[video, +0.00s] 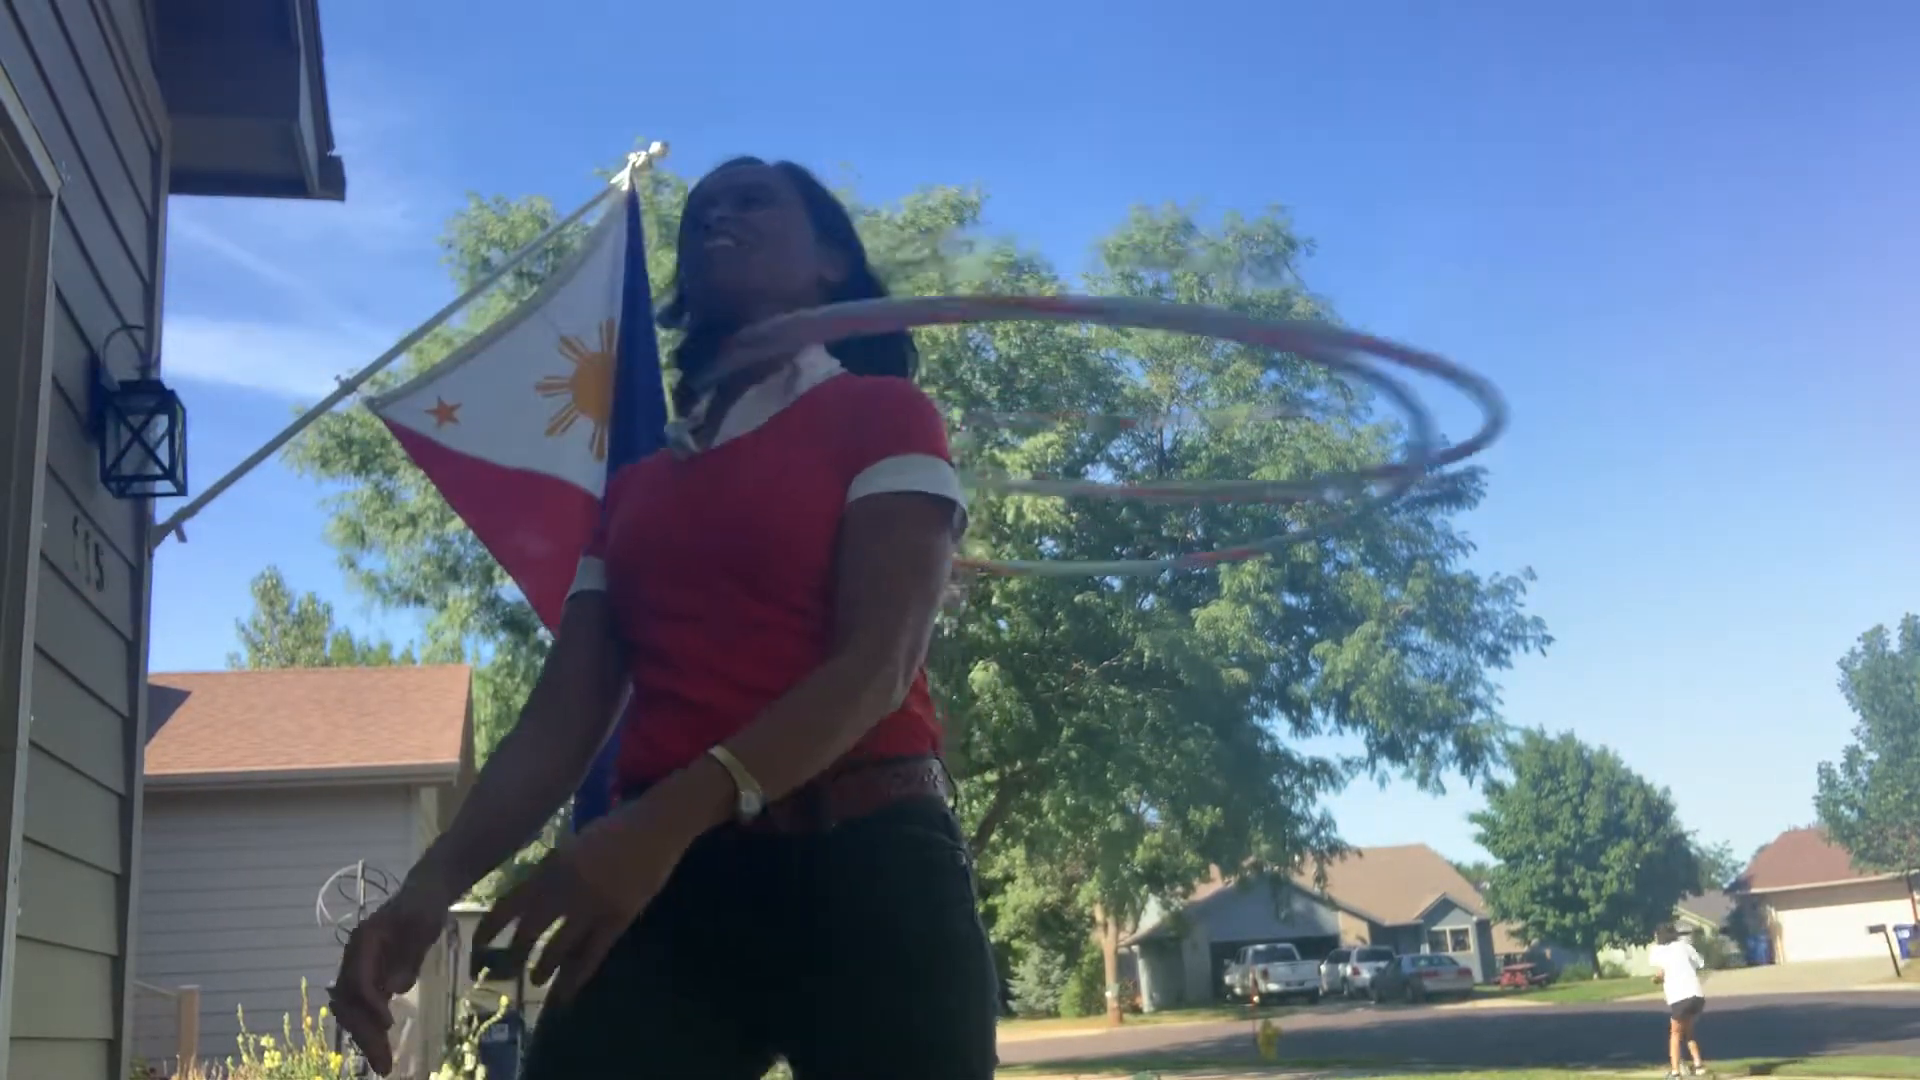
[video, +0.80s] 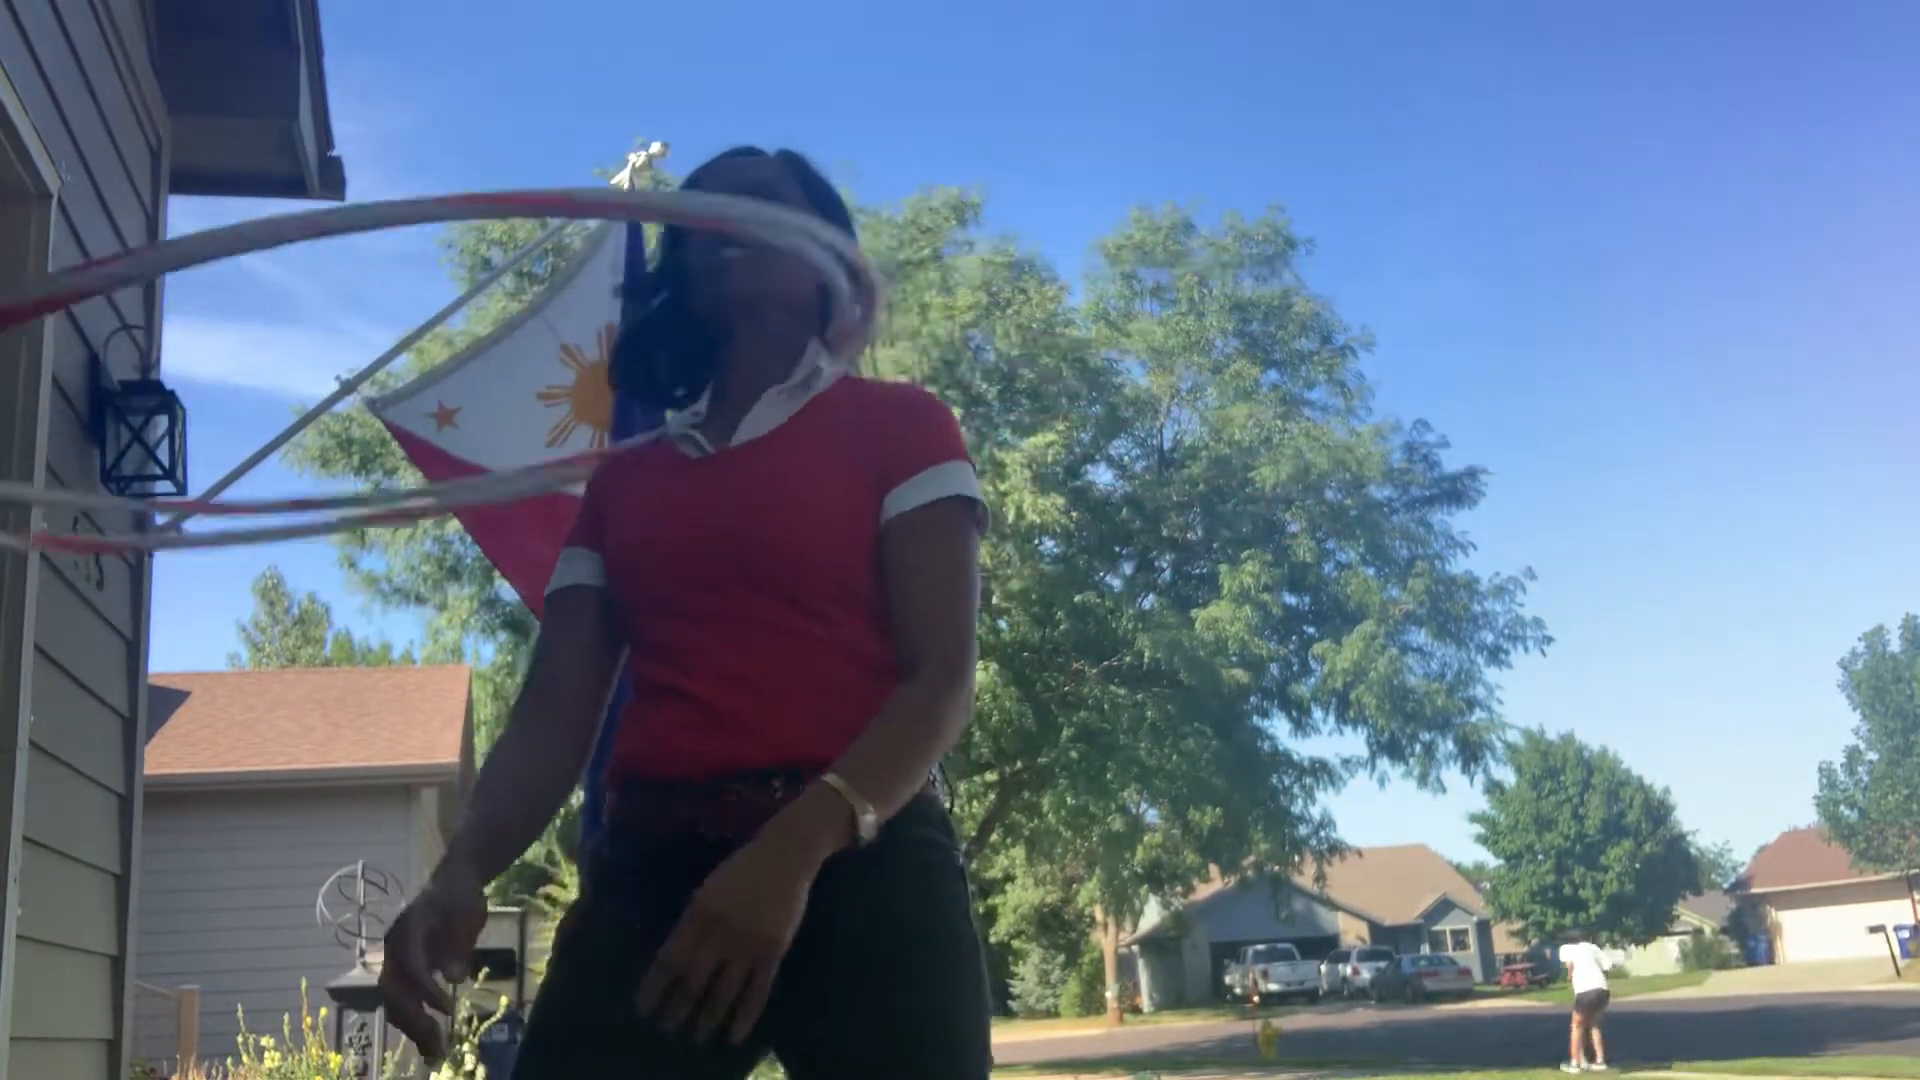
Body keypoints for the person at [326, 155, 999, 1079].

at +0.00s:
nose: (713, 222)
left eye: (752, 202)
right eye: (697, 223)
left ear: (832, 265)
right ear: (686, 291)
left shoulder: (880, 412)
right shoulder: (638, 480)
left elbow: (877, 662)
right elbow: (566, 706)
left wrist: (664, 819)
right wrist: (430, 891)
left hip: (866, 861)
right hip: (666, 880)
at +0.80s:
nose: (727, 220)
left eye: (766, 202)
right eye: (704, 208)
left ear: (837, 268)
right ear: (676, 268)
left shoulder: (896, 421)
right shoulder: (625, 476)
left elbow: (942, 680)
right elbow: (555, 709)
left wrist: (794, 847)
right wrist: (459, 879)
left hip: (865, 872)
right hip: (650, 874)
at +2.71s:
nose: (761, 236)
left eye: (799, 219)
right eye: (739, 233)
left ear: (870, 275)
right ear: (720, 294)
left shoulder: (903, 435)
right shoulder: (645, 484)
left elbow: (888, 698)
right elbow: (565, 719)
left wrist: (684, 883)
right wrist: (451, 909)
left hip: (848, 876)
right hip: (638, 884)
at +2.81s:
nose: (720, 213)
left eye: (760, 195)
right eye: (700, 213)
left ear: (837, 257)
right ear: (685, 275)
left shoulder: (866, 409)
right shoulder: (616, 465)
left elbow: (856, 686)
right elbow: (547, 712)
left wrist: (632, 869)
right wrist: (431, 915)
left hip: (834, 874)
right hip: (617, 893)